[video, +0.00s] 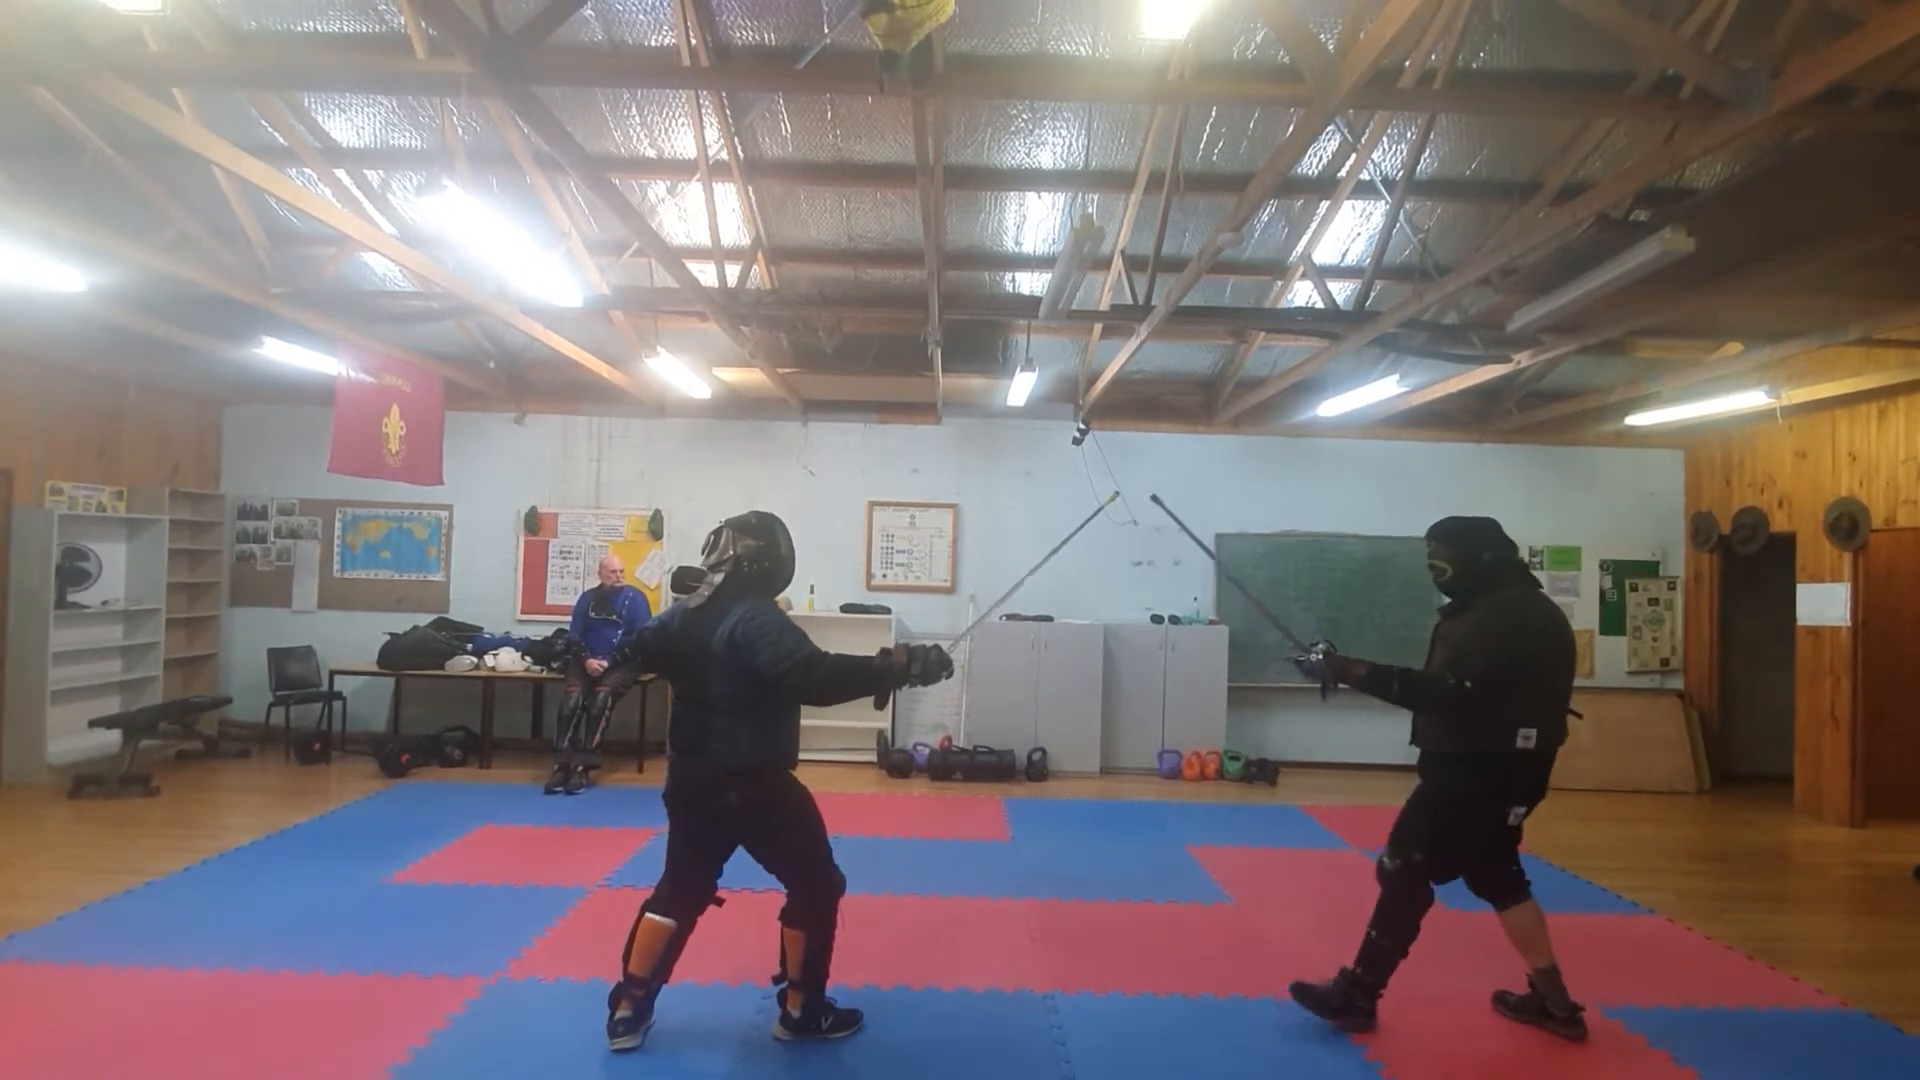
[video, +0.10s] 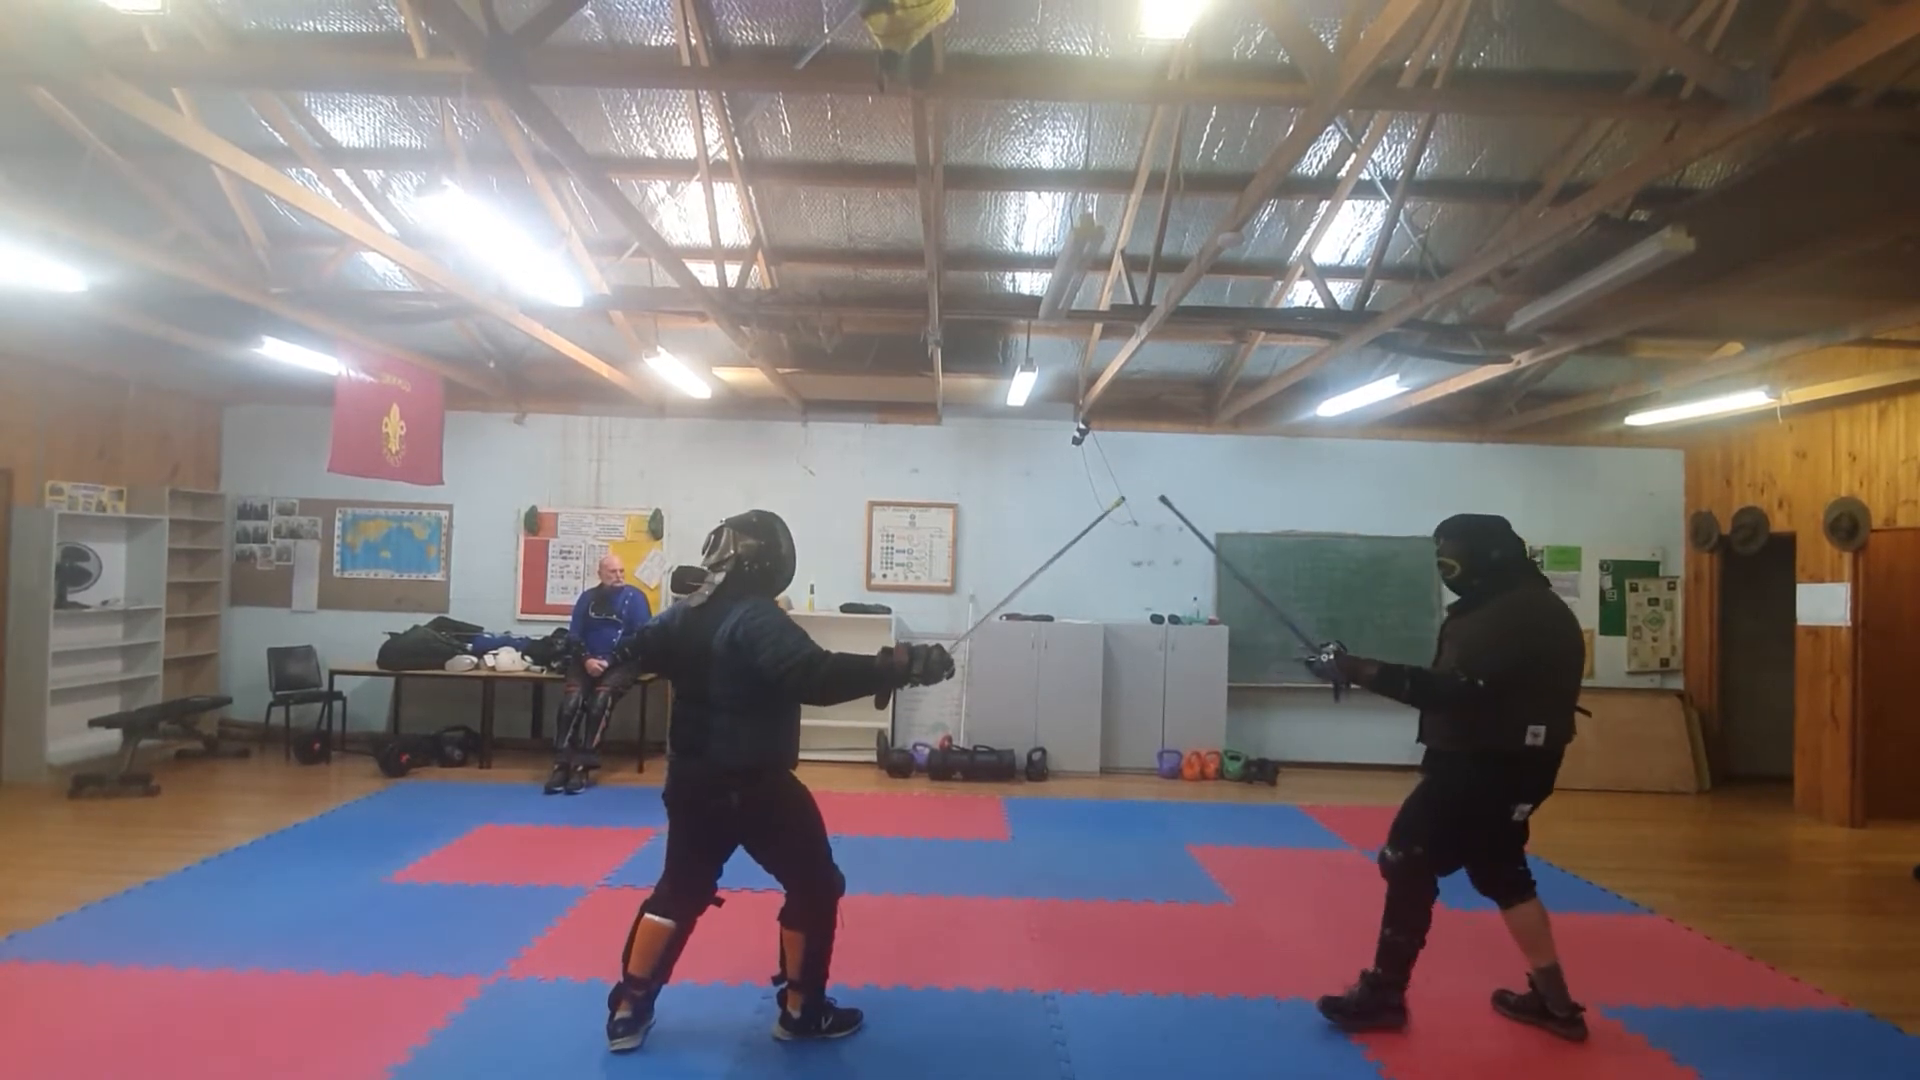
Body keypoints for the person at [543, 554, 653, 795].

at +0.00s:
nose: (618, 577)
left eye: (621, 572)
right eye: (613, 572)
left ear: (624, 573)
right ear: (600, 573)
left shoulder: (634, 598)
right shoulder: (587, 598)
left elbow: (640, 637)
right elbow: (574, 635)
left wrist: (609, 660)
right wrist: (586, 659)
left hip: (621, 662)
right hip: (586, 659)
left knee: (601, 697)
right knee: (572, 698)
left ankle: (582, 768)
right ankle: (561, 765)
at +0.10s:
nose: (618, 576)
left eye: (621, 572)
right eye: (613, 572)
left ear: (624, 572)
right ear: (600, 573)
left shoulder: (635, 597)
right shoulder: (587, 597)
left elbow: (641, 636)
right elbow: (574, 635)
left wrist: (609, 660)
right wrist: (586, 658)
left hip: (620, 662)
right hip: (586, 659)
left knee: (601, 698)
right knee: (572, 698)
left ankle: (582, 768)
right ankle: (561, 765)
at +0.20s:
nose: (618, 576)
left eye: (621, 572)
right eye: (613, 572)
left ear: (624, 572)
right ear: (600, 573)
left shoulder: (635, 597)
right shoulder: (587, 597)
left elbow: (640, 636)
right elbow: (574, 635)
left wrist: (609, 660)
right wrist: (586, 658)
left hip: (620, 662)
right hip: (586, 659)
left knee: (601, 697)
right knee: (572, 698)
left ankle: (582, 768)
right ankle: (561, 765)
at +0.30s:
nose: (618, 576)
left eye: (621, 572)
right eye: (613, 572)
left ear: (624, 572)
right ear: (600, 573)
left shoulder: (635, 598)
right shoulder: (587, 598)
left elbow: (640, 637)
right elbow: (574, 635)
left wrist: (609, 660)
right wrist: (585, 658)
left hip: (620, 662)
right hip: (586, 659)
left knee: (601, 698)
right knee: (572, 699)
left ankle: (582, 767)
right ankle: (561, 765)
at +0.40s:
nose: (618, 576)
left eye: (621, 572)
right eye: (613, 572)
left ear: (624, 572)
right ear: (600, 573)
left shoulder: (635, 598)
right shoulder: (587, 597)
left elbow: (640, 637)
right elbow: (574, 635)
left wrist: (609, 660)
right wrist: (585, 658)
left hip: (620, 662)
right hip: (586, 659)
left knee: (600, 698)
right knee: (572, 698)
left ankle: (582, 768)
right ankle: (561, 765)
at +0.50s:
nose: (619, 576)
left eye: (621, 572)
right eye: (613, 572)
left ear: (624, 572)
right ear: (600, 573)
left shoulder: (635, 597)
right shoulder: (587, 597)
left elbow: (640, 636)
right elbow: (575, 635)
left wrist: (610, 661)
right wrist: (586, 658)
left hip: (620, 662)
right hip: (586, 660)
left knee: (601, 698)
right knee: (572, 698)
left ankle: (582, 768)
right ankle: (561, 765)